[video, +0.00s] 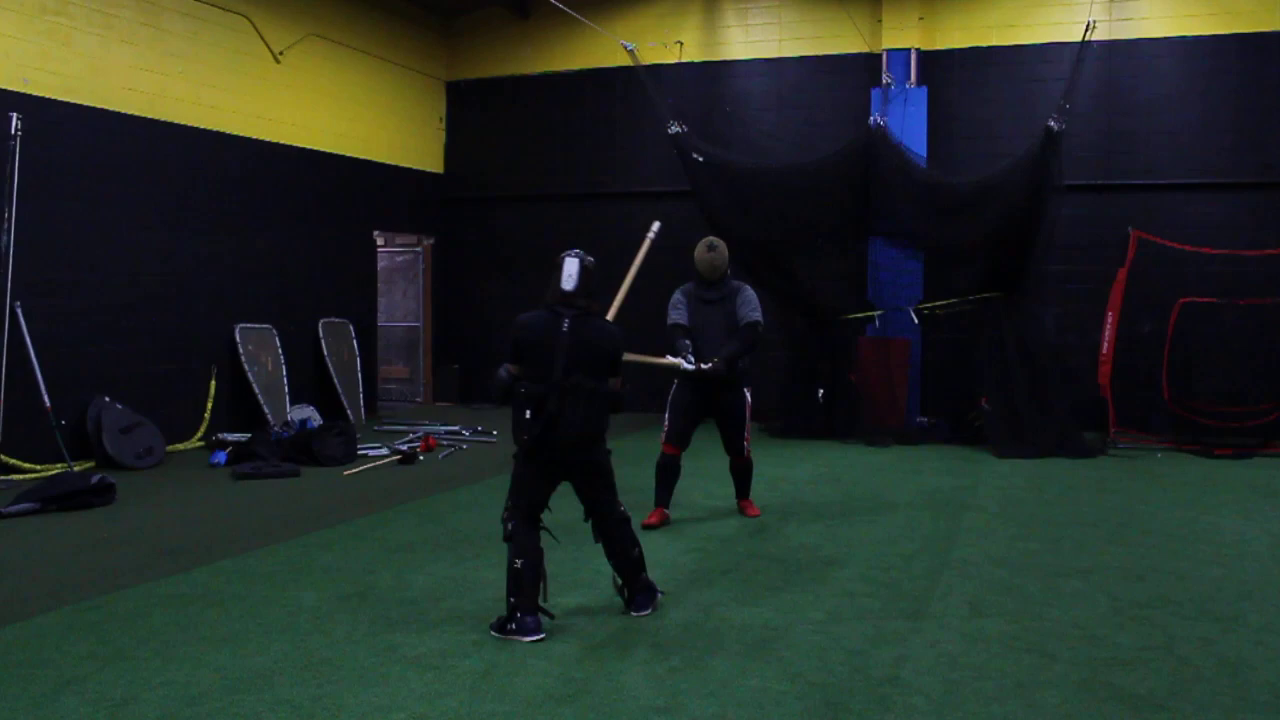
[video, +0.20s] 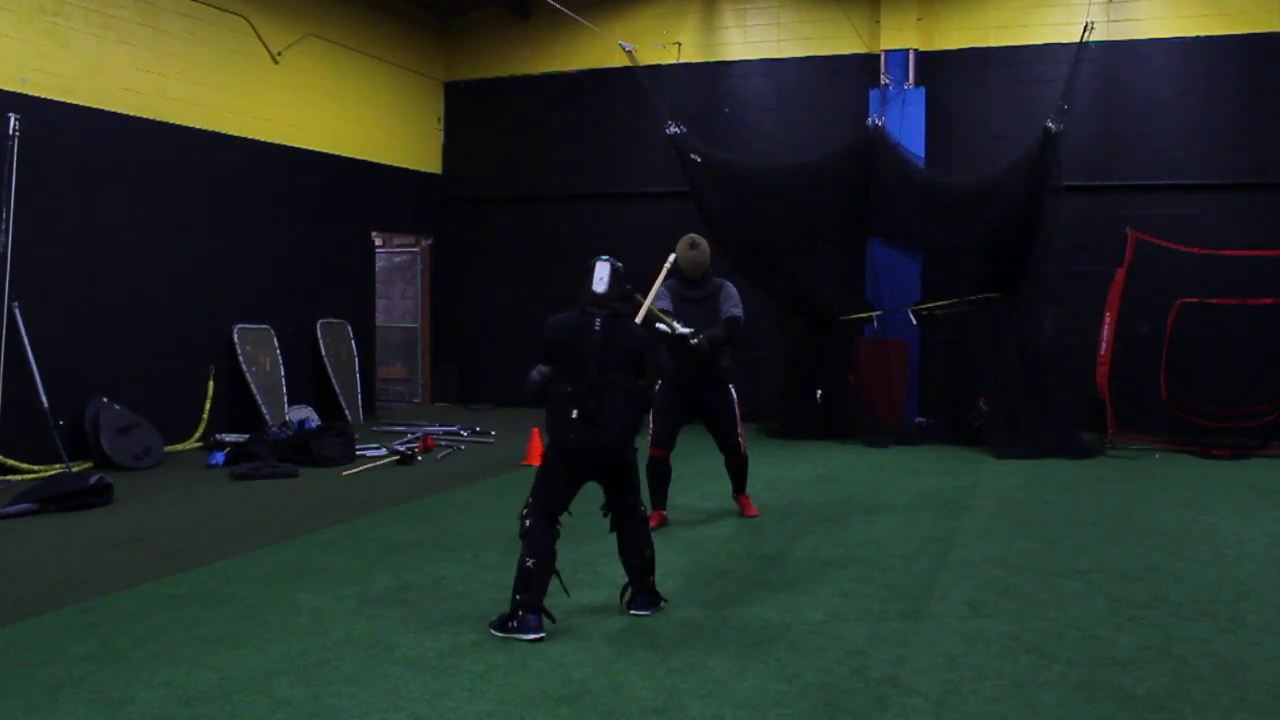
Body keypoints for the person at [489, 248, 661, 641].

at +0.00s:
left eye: (560, 282)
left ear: (553, 285)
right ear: (593, 289)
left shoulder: (529, 328)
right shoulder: (605, 335)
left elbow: (509, 381)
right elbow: (613, 390)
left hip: (539, 447)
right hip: (589, 446)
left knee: (521, 520)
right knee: (609, 515)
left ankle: (524, 614)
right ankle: (640, 593)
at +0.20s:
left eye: (591, 291)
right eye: (616, 292)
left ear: (582, 291)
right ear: (623, 295)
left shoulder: (559, 328)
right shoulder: (634, 336)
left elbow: (540, 380)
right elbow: (646, 392)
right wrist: (624, 428)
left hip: (567, 448)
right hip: (617, 448)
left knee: (539, 518)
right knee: (630, 514)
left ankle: (527, 612)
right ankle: (644, 594)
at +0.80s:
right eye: (621, 296)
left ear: (585, 293)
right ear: (624, 299)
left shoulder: (560, 332)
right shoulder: (633, 341)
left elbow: (536, 383)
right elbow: (645, 396)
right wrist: (630, 437)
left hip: (563, 454)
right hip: (612, 453)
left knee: (539, 529)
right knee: (624, 516)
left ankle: (564, 622)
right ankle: (642, 592)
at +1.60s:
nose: (496, 313)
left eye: (489, 306)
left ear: (479, 312)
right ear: (524, 310)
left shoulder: (461, 359)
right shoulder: (544, 357)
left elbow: (447, 421)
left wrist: (462, 477)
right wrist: (564, 342)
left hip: (481, 484)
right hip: (534, 481)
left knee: (432, 553)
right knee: (560, 529)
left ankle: (442, 642)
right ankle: (580, 609)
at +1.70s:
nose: (488, 316)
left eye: (484, 310)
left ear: (478, 316)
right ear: (522, 315)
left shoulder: (460, 364)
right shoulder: (543, 359)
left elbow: (419, 389)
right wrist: (581, 352)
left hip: (480, 489)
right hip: (533, 485)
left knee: (428, 555)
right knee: (557, 533)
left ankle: (444, 648)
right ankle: (580, 612)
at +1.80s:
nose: (487, 318)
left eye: (480, 311)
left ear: (473, 317)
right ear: (519, 315)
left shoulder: (463, 366)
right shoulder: (539, 363)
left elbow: (423, 405)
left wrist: (433, 388)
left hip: (485, 492)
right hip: (538, 488)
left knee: (431, 553)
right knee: (559, 532)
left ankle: (445, 649)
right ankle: (582, 609)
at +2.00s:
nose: (505, 320)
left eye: (498, 312)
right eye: (508, 310)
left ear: (484, 321)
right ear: (530, 318)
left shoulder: (475, 371)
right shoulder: (556, 362)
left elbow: (473, 417)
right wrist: (602, 343)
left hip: (498, 494)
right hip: (554, 490)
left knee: (437, 553)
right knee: (585, 535)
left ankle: (448, 649)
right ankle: (623, 593)